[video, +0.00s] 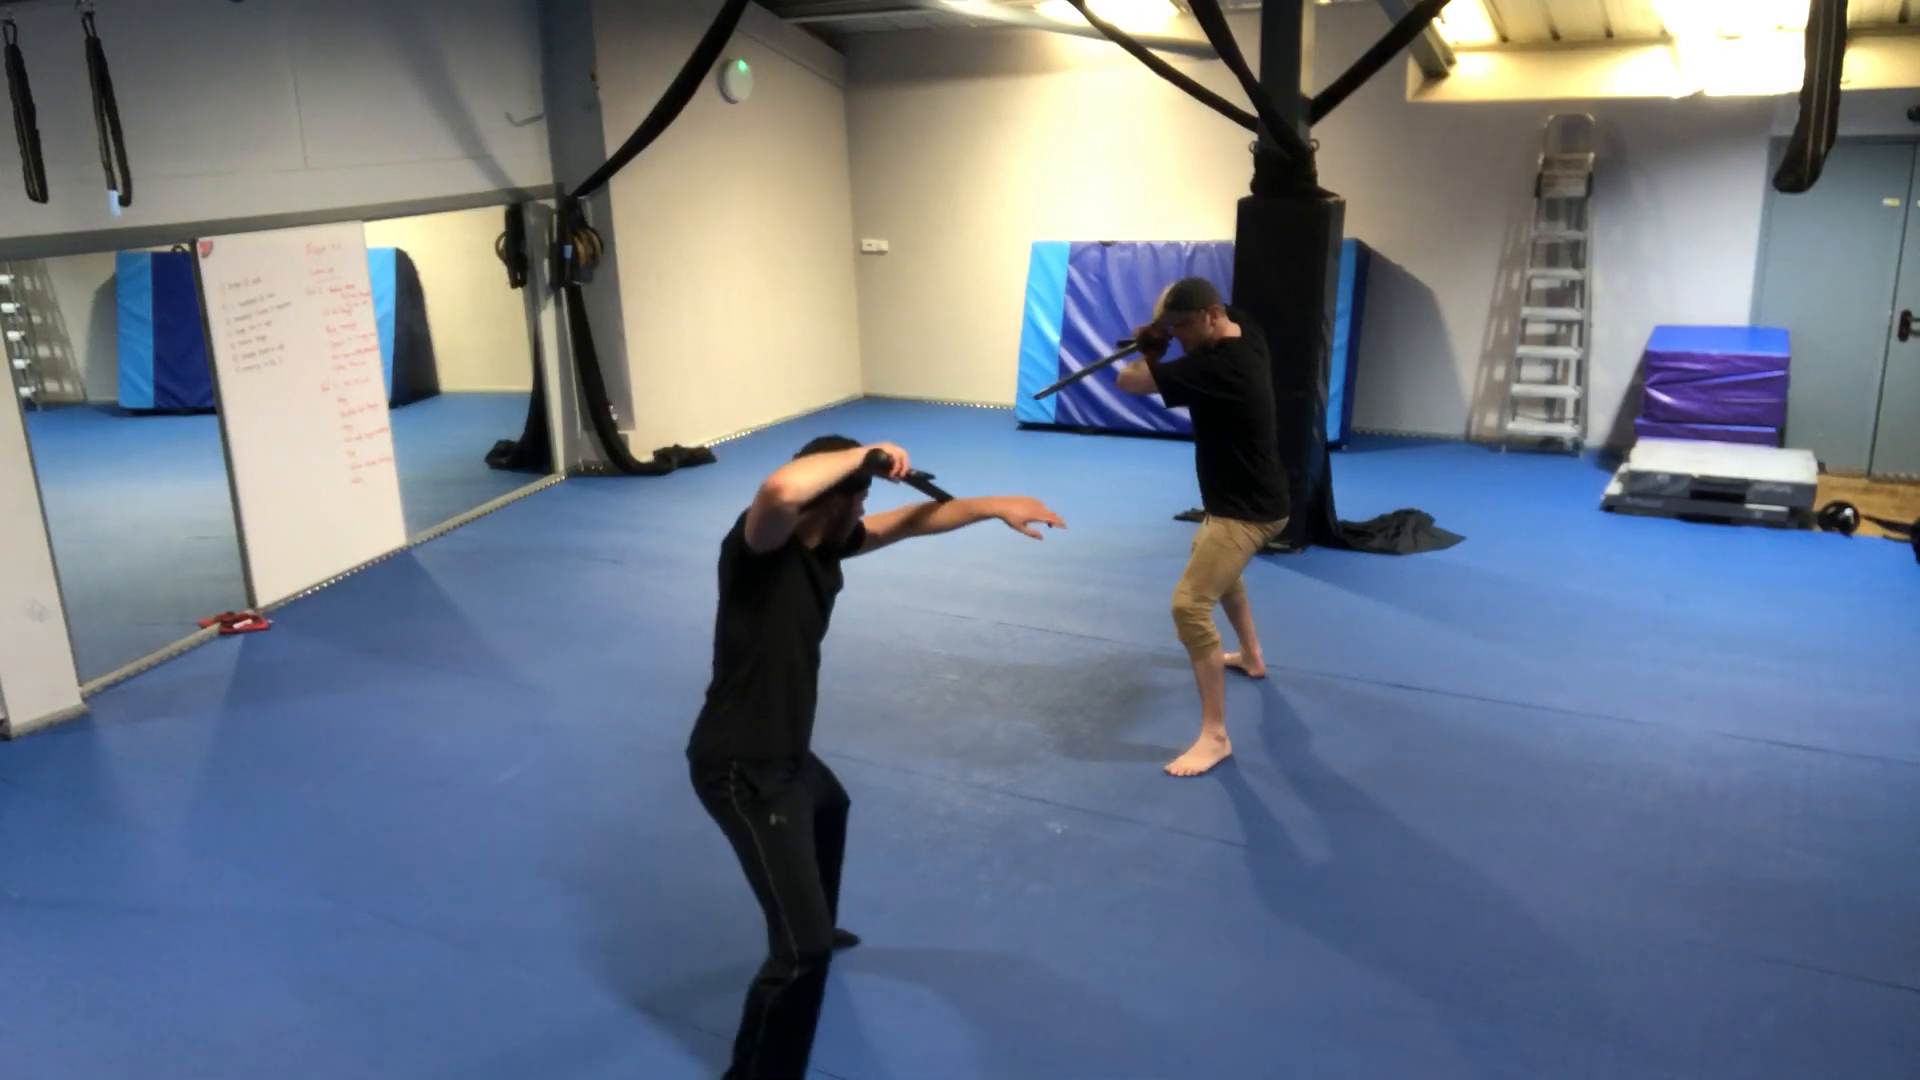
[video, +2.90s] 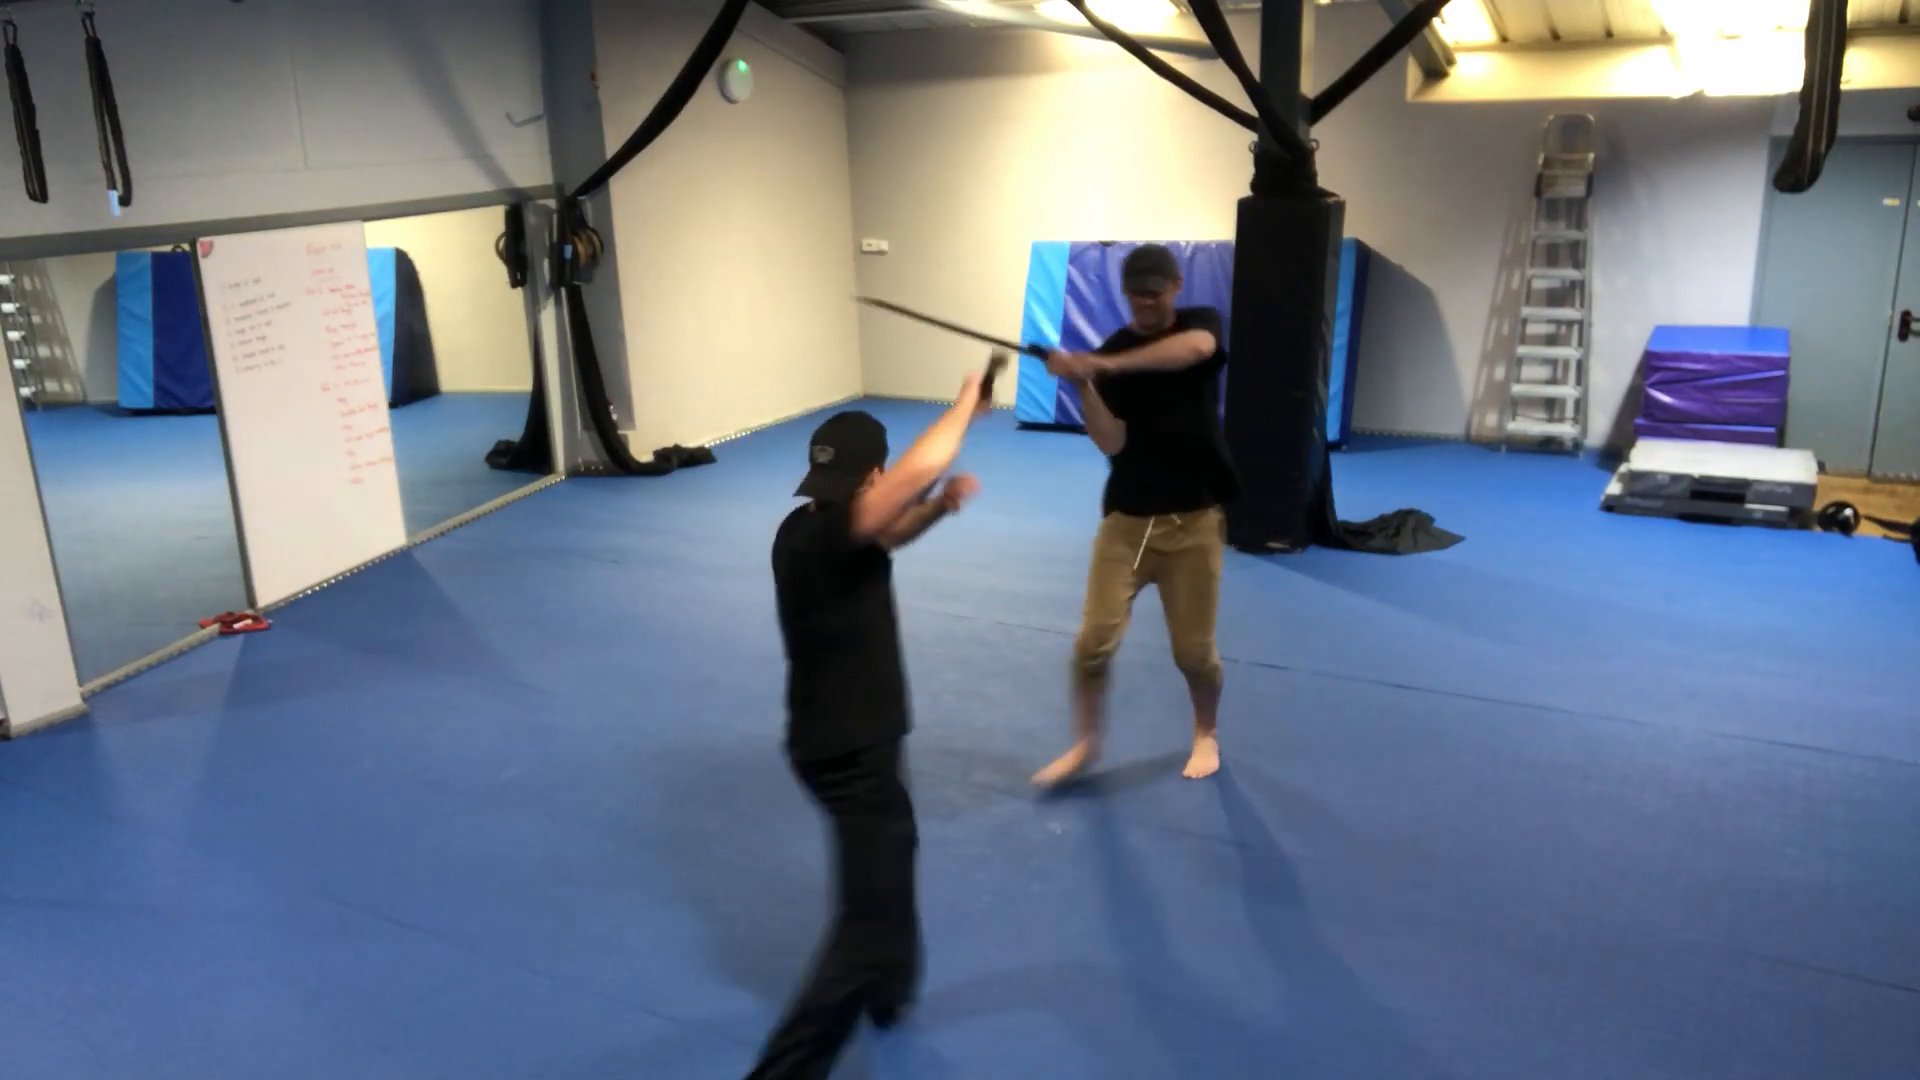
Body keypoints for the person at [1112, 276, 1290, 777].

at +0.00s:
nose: (1180, 340)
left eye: (1183, 332)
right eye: (1176, 331)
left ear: (1211, 318)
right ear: (1213, 317)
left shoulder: (1215, 365)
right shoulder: (1243, 337)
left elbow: (1131, 380)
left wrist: (1151, 352)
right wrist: (1157, 335)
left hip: (1244, 512)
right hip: (1239, 501)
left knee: (1191, 608)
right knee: (1215, 565)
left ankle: (1214, 734)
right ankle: (1250, 653)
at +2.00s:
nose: (1179, 337)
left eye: (1183, 329)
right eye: (1175, 329)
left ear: (1211, 317)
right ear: (1213, 317)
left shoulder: (1218, 364)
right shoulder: (1240, 340)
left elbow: (1133, 381)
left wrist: (1150, 347)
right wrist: (1155, 326)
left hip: (1244, 511)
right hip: (1236, 501)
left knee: (1192, 608)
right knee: (1208, 558)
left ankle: (1214, 734)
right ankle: (1250, 653)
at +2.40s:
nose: (1182, 315)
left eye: (1190, 307)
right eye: (1179, 307)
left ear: (1218, 301)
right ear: (1210, 303)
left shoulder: (1210, 352)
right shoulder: (1234, 332)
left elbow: (1150, 411)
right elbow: (1163, 345)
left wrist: (1105, 382)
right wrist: (1112, 349)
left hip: (1240, 501)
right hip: (1244, 491)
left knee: (1191, 603)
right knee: (1213, 575)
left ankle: (1212, 728)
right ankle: (1264, 651)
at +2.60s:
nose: (1187, 316)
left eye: (1197, 307)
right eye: (1180, 307)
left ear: (1221, 306)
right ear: (1172, 308)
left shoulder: (1235, 353)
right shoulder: (1178, 357)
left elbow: (1165, 400)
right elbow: (1143, 410)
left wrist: (1098, 387)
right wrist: (1100, 376)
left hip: (1235, 513)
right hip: (1188, 507)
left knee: (1179, 619)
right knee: (1216, 592)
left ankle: (1204, 730)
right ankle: (1261, 647)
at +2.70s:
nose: (1181, 312)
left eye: (1192, 303)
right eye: (1174, 302)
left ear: (1215, 301)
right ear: (1164, 302)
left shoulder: (1238, 338)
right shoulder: (1158, 356)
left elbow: (1179, 359)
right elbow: (1115, 436)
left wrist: (1097, 358)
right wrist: (1087, 372)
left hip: (1223, 510)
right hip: (1168, 507)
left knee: (1181, 635)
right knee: (1163, 625)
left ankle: (1206, 734)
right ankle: (1229, 630)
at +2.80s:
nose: (1169, 309)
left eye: (1178, 298)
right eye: (1159, 299)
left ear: (1199, 293)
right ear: (1146, 297)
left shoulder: (1225, 329)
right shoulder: (1133, 357)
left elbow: (1193, 344)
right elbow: (1114, 433)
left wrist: (1097, 345)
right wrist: (1084, 367)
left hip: (1213, 508)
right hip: (1149, 507)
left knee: (1190, 646)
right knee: (1122, 637)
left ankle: (1208, 732)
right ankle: (1173, 675)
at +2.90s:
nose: (1147, 306)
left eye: (1156, 295)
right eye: (1137, 296)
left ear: (1176, 290)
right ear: (1124, 295)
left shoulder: (1201, 325)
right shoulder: (1110, 352)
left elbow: (1196, 349)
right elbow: (1111, 442)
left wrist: (1105, 364)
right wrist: (1082, 381)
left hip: (1194, 518)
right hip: (1126, 518)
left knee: (1194, 653)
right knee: (1091, 645)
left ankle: (1205, 735)